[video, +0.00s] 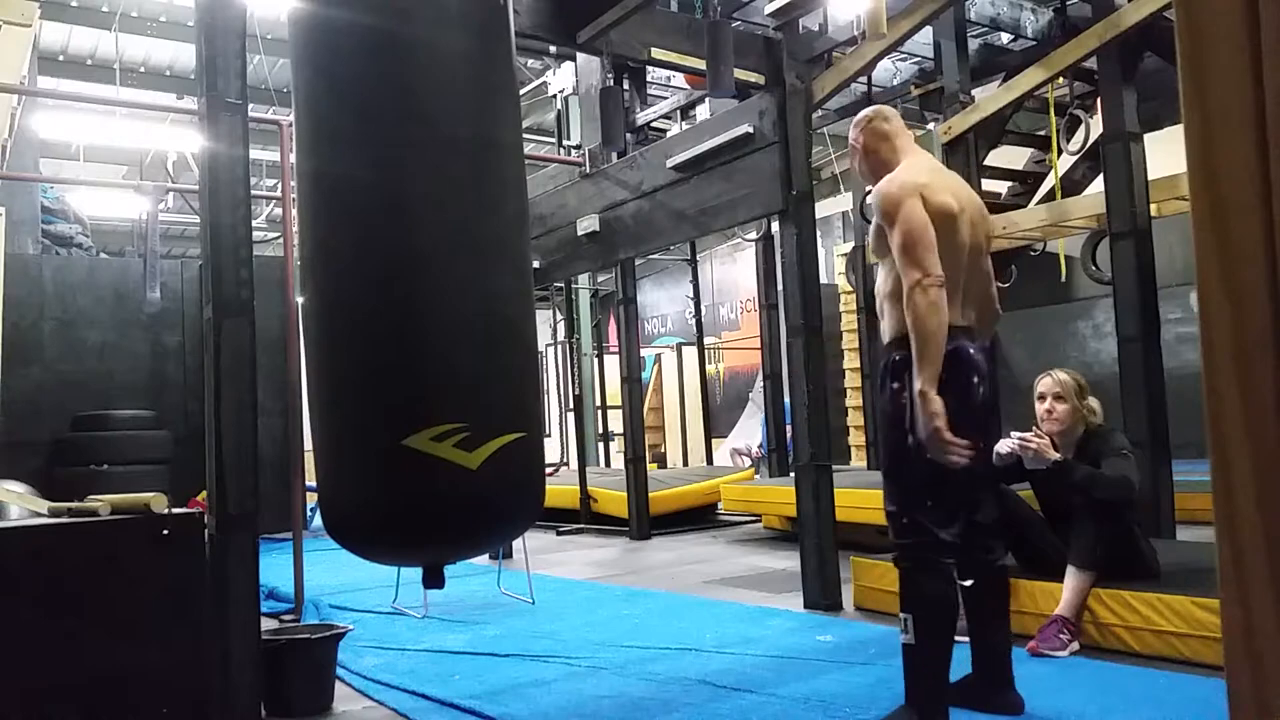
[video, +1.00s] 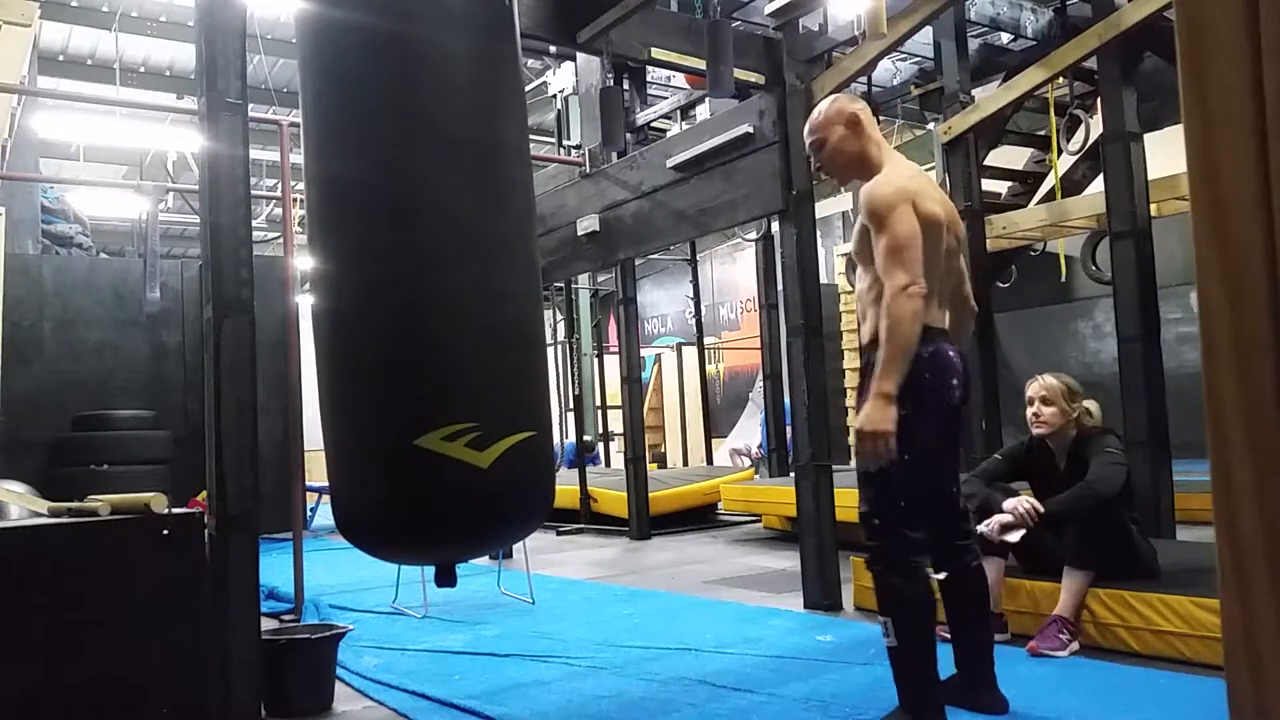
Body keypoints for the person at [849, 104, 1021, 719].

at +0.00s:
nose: (853, 168)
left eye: (851, 155)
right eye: (851, 158)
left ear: (867, 140)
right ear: (904, 136)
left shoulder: (896, 187)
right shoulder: (961, 188)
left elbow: (925, 284)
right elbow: (987, 288)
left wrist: (926, 389)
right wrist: (971, 363)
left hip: (920, 368)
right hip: (971, 365)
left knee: (919, 536)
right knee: (976, 529)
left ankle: (923, 700)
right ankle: (993, 677)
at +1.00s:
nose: (818, 165)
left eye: (819, 147)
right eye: (812, 154)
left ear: (857, 125)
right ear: (866, 128)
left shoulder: (883, 190)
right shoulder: (931, 189)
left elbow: (906, 292)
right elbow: (961, 302)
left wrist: (881, 396)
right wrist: (941, 374)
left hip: (906, 368)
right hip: (943, 365)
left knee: (890, 538)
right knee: (948, 529)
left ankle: (917, 700)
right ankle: (977, 679)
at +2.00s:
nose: (811, 129)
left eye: (820, 114)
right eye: (807, 118)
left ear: (858, 107)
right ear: (866, 114)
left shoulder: (864, 167)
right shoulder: (912, 178)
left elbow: (870, 245)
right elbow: (955, 283)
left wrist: (767, 236)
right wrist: (865, 319)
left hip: (875, 354)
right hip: (918, 352)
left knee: (844, 531)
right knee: (897, 527)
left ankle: (887, 700)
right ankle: (939, 684)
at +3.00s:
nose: (836, 125)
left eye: (846, 111)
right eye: (833, 114)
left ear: (882, 107)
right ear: (887, 113)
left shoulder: (886, 163)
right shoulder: (928, 172)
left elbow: (904, 246)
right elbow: (975, 275)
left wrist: (806, 290)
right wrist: (904, 303)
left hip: (881, 341)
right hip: (925, 343)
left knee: (838, 515)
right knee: (911, 517)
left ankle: (874, 691)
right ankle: (960, 670)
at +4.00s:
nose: (827, 70)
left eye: (846, 59)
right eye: (824, 57)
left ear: (891, 68)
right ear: (816, 63)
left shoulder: (917, 181)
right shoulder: (779, 136)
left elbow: (876, 249)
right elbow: (674, 180)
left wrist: (834, 131)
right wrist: (589, 138)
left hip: (772, 365)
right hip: (687, 308)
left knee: (751, 572)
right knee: (544, 368)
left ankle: (741, 715)